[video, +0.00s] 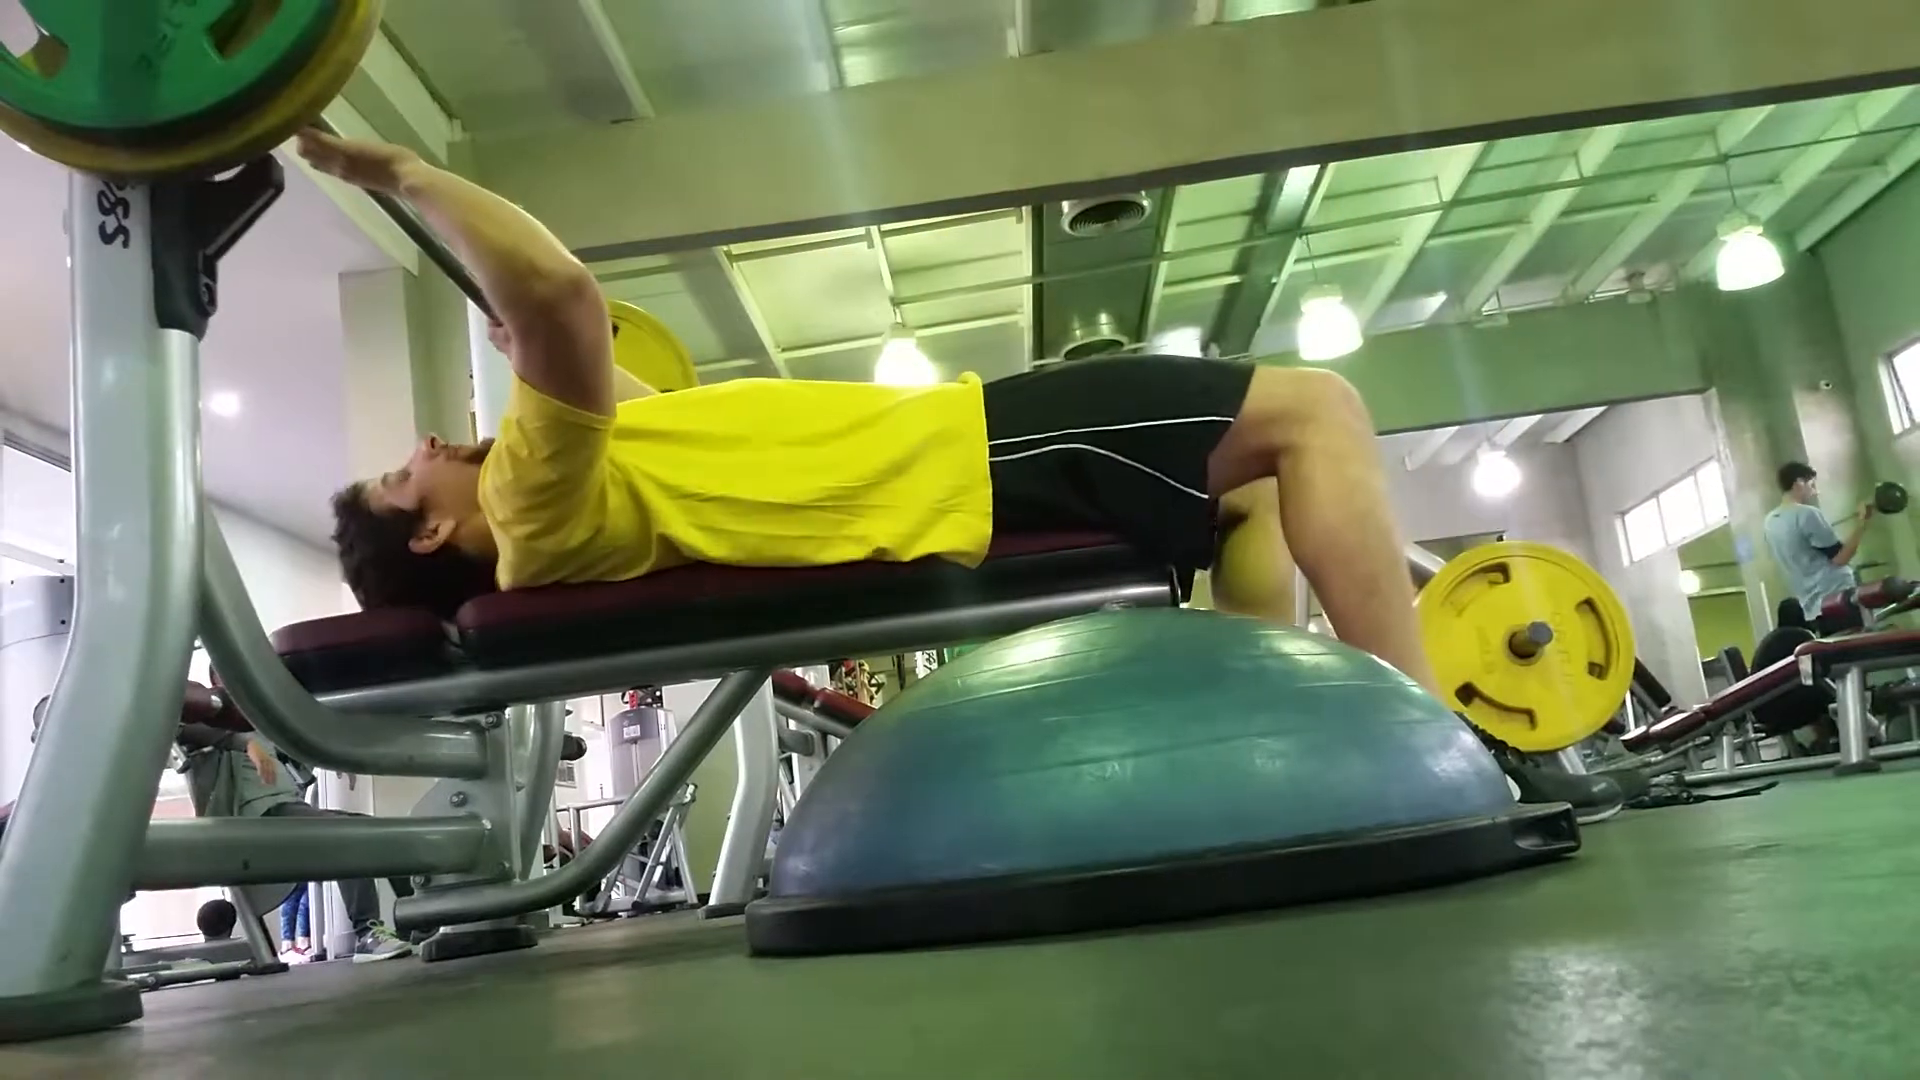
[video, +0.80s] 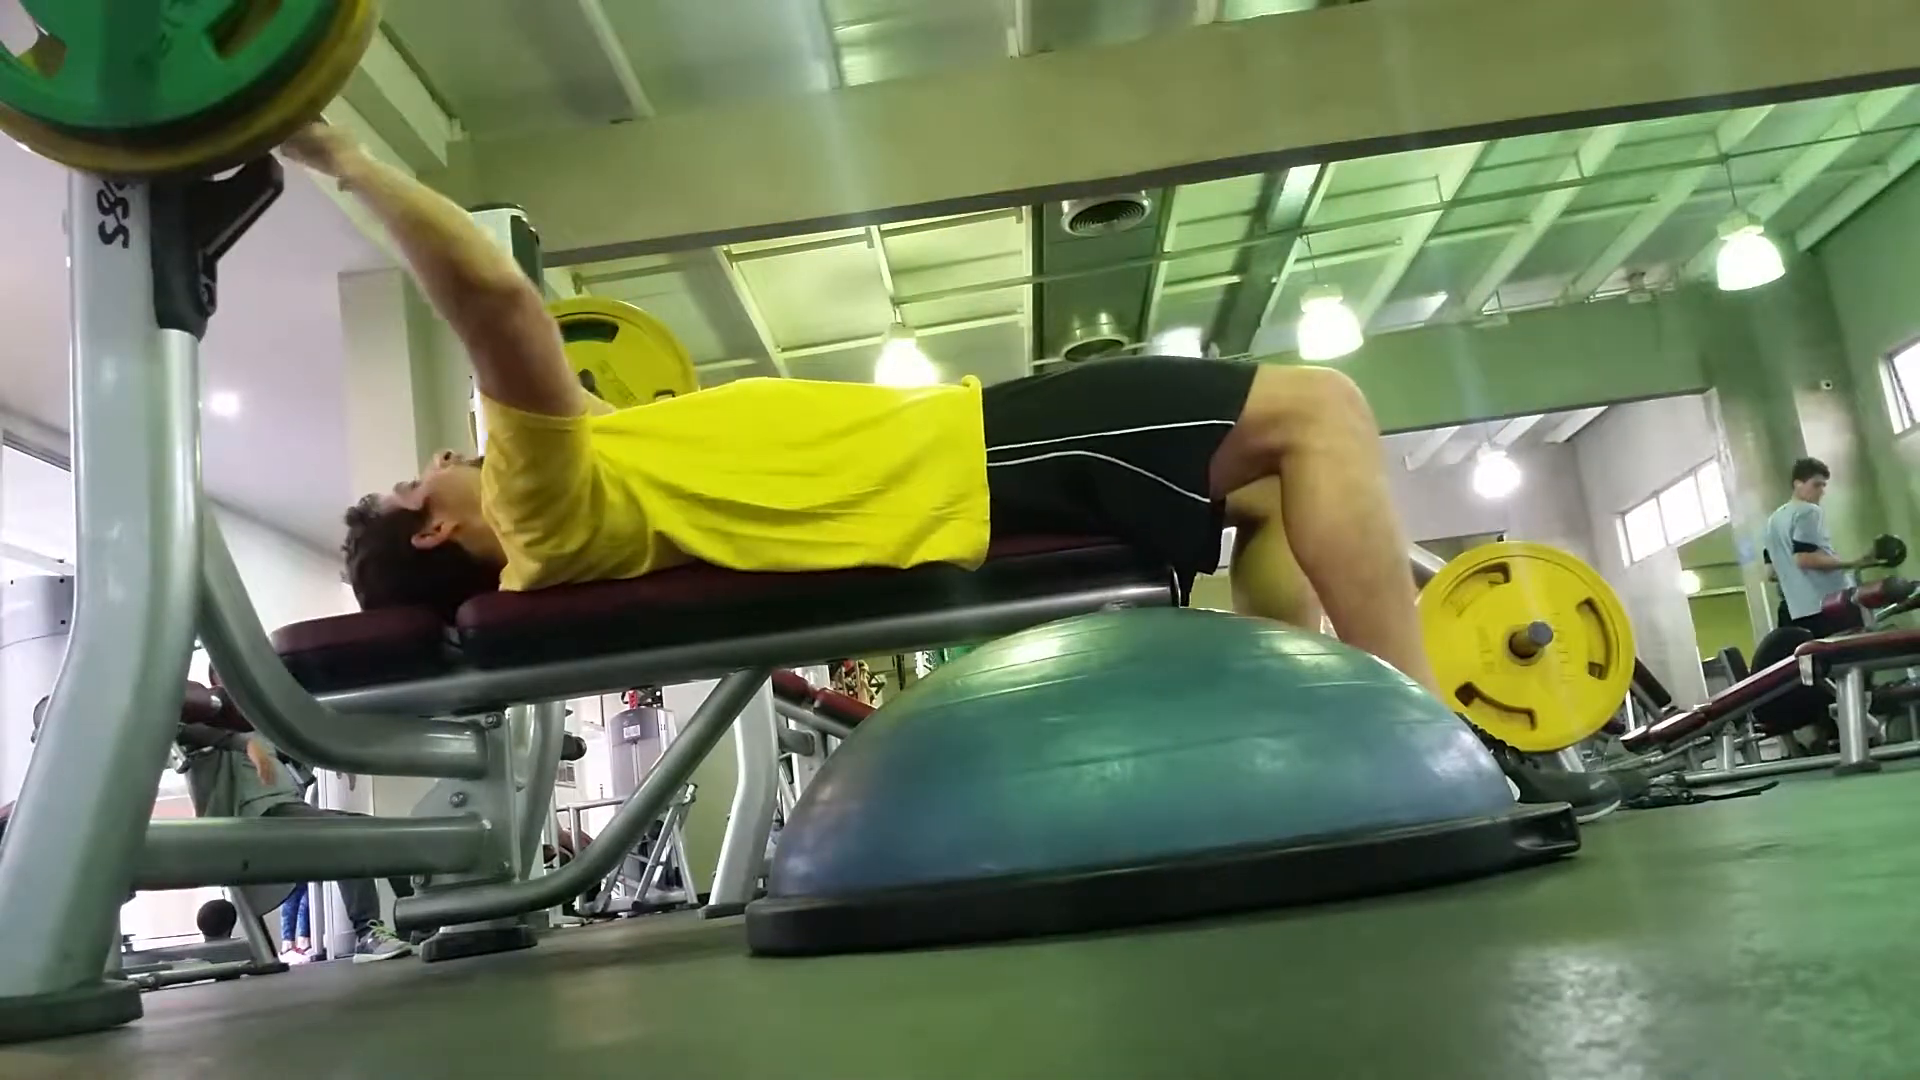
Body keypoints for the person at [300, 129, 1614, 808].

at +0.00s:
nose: (435, 441)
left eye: (412, 451)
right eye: (418, 467)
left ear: (447, 484)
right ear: (437, 536)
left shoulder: (565, 480)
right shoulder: (547, 521)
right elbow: (555, 297)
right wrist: (400, 171)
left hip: (957, 461)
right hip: (964, 455)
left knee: (1251, 488)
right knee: (1306, 408)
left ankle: (1259, 762)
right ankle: (1433, 748)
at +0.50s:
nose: (462, 457)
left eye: (442, 462)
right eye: (449, 474)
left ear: (460, 516)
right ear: (461, 522)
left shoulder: (578, 505)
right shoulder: (558, 511)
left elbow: (740, 603)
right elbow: (555, 293)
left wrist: (827, 674)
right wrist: (398, 160)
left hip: (971, 464)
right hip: (982, 450)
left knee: (1271, 459)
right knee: (1314, 409)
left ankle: (1315, 740)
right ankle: (1426, 756)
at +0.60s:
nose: (457, 459)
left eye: (435, 464)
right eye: (442, 477)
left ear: (462, 497)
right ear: (455, 528)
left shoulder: (578, 491)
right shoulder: (559, 510)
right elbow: (539, 292)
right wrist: (378, 159)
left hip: (970, 456)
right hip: (977, 448)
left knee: (1271, 472)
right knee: (1315, 409)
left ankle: (1323, 745)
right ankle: (1426, 753)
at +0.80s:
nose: (435, 460)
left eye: (414, 467)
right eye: (424, 478)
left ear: (450, 499)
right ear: (446, 528)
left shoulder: (569, 495)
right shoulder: (553, 508)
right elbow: (483, 292)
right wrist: (328, 149)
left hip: (970, 465)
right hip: (978, 455)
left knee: (1273, 464)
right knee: (1313, 407)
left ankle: (1314, 743)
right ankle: (1423, 751)